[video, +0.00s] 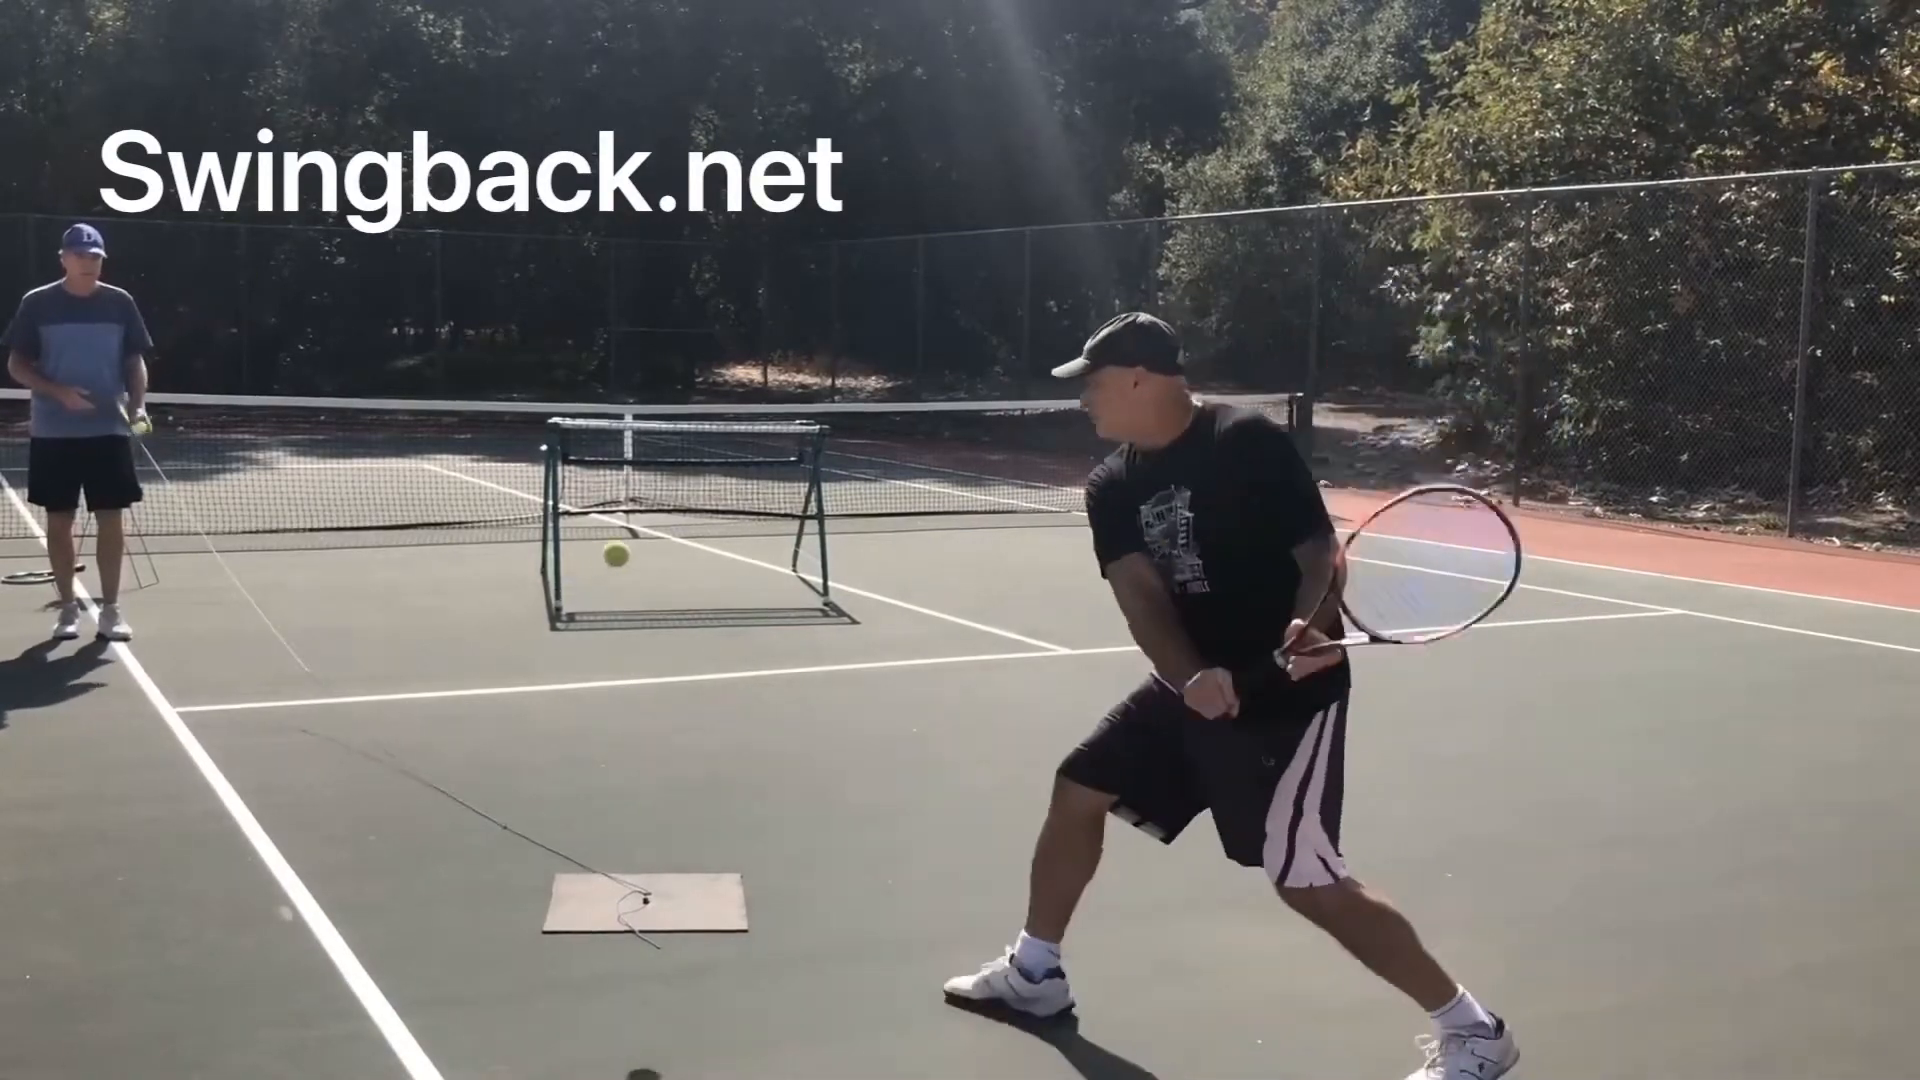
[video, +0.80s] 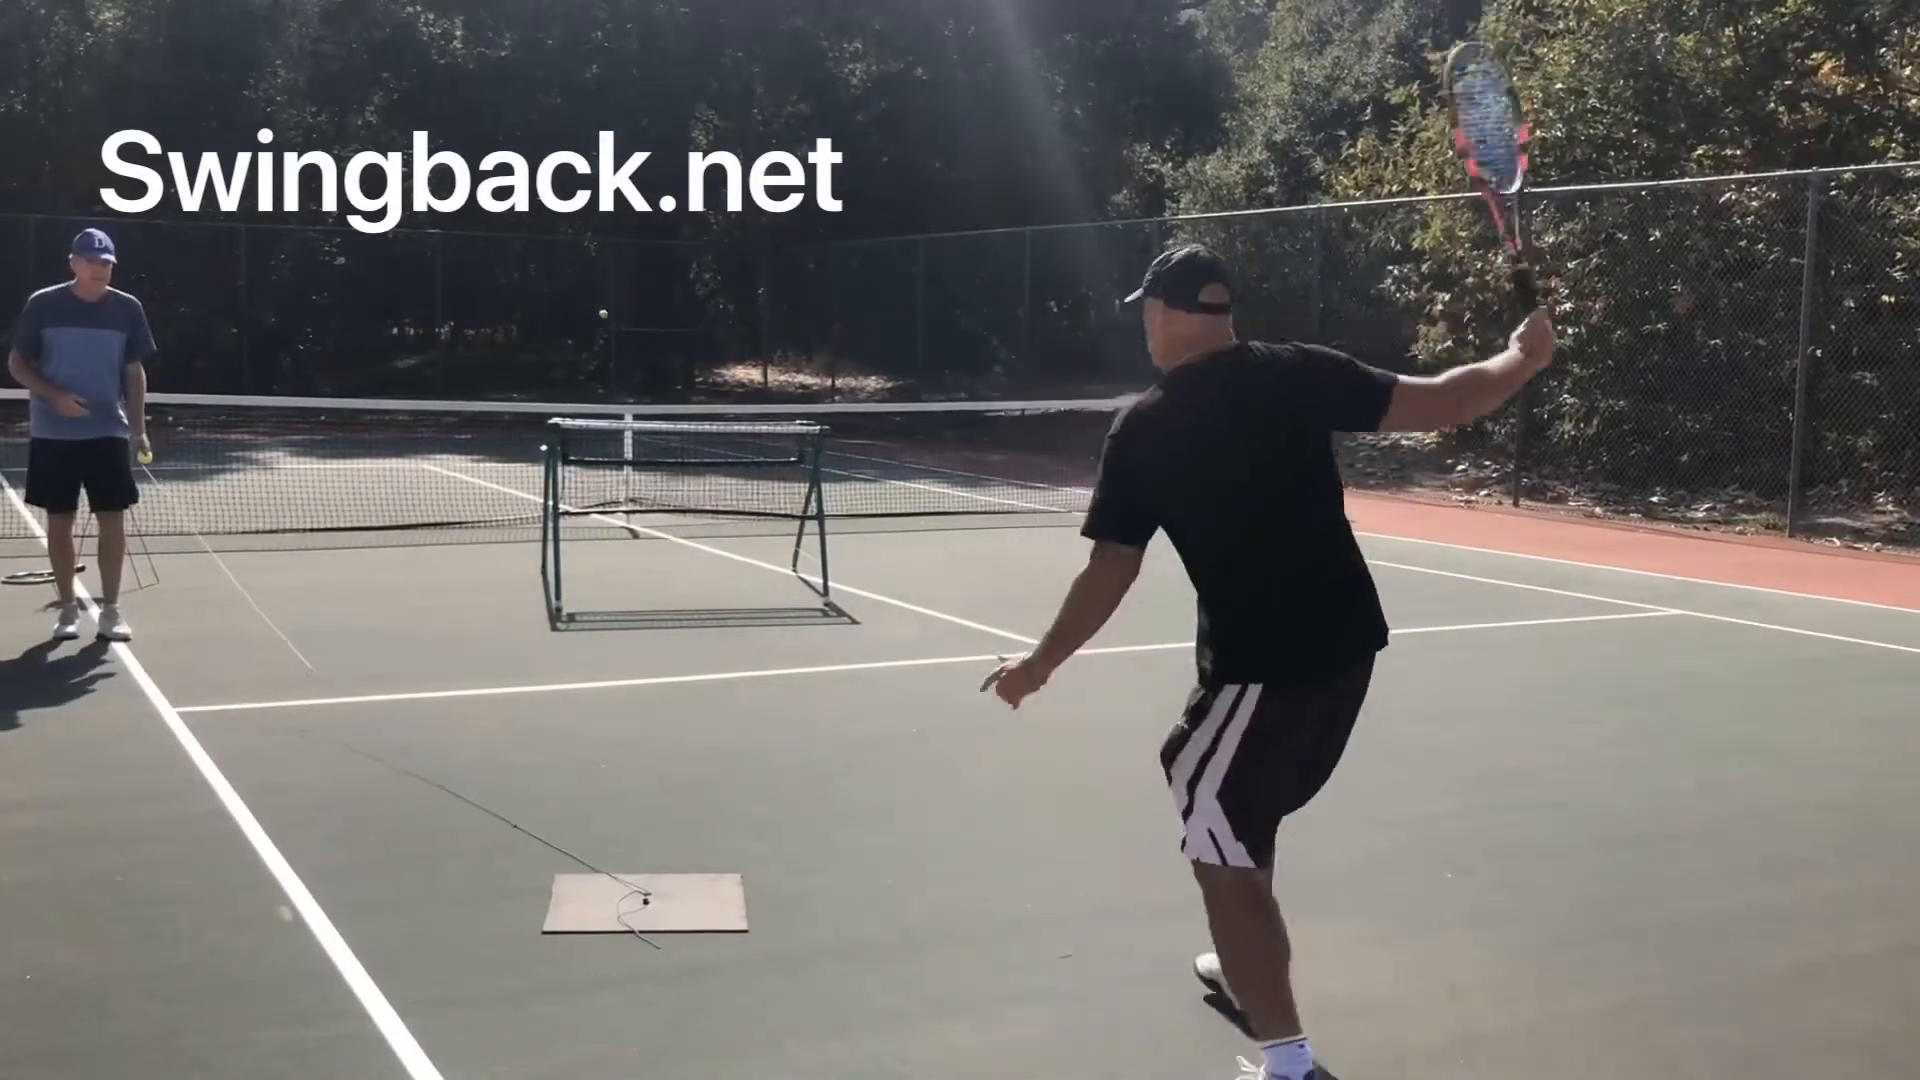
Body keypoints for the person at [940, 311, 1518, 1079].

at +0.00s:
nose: (1084, 402)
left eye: (1095, 385)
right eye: (1084, 387)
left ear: (1147, 379)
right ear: (1131, 385)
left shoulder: (1252, 443)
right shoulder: (1113, 485)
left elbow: (1322, 556)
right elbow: (1138, 595)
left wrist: (1309, 624)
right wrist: (1189, 674)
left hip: (1291, 687)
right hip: (1195, 684)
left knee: (1304, 875)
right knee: (1081, 785)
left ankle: (1471, 1029)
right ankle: (1035, 968)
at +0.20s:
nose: (1010, 440)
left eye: (1015, 424)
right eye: (1009, 426)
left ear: (1053, 414)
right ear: (1059, 409)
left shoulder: (1107, 510)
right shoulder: (1096, 465)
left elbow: (1165, 660)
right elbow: (993, 485)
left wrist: (1222, 787)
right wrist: (922, 507)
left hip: (1189, 725)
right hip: (1132, 697)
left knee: (1203, 917)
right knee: (1023, 772)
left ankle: (1413, 917)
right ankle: (1029, 966)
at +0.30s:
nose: (971, 456)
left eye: (974, 438)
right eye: (967, 441)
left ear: (1012, 424)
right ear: (1028, 417)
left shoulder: (1063, 537)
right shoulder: (1097, 429)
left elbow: (1131, 678)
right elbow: (1102, 343)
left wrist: (1169, 812)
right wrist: (1109, 288)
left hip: (1198, 709)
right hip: (1143, 677)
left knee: (1158, 906)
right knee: (1031, 774)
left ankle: (1367, 909)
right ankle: (1030, 962)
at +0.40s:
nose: (972, 444)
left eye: (973, 425)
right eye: (968, 429)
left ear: (1012, 411)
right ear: (1040, 405)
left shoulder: (1050, 516)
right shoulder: (1126, 415)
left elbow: (1105, 662)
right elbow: (1212, 325)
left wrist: (1141, 801)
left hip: (1193, 693)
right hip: (1188, 663)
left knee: (1122, 881)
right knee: (1049, 779)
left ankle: (1326, 964)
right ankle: (1032, 967)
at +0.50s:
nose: (1009, 409)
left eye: (1011, 393)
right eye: (1008, 394)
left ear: (1044, 388)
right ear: (1084, 379)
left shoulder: (1060, 497)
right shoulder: (1170, 408)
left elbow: (1080, 655)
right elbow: (1297, 325)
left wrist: (1090, 793)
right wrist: (1408, 260)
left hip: (1202, 687)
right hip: (1236, 652)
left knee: (1131, 875)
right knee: (1081, 794)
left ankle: (1271, 1046)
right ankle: (1036, 966)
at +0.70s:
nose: (1104, 353)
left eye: (1109, 337)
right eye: (1107, 336)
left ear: (1135, 340)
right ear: (1185, 336)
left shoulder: (1117, 456)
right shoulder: (1261, 390)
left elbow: (1075, 600)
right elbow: (1407, 359)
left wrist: (999, 709)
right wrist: (1522, 302)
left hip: (1240, 683)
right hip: (1321, 657)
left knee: (1191, 860)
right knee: (1174, 801)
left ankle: (1286, 1066)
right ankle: (1115, 959)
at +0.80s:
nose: (1145, 324)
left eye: (1150, 310)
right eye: (1148, 309)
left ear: (1173, 315)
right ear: (1227, 312)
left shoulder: (1146, 426)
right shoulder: (1300, 374)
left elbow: (1111, 571)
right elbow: (1443, 401)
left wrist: (1041, 660)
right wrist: (1523, 357)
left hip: (1260, 657)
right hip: (1347, 638)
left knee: (1216, 834)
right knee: (1231, 799)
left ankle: (1288, 1060)